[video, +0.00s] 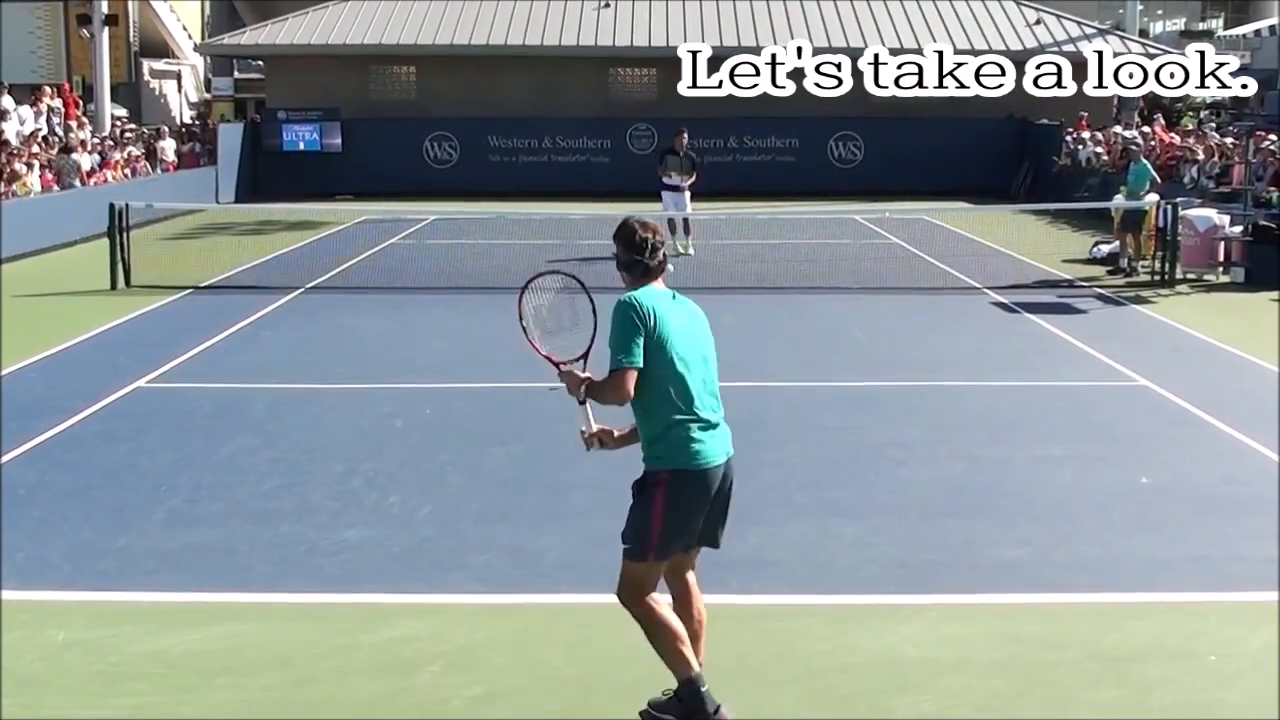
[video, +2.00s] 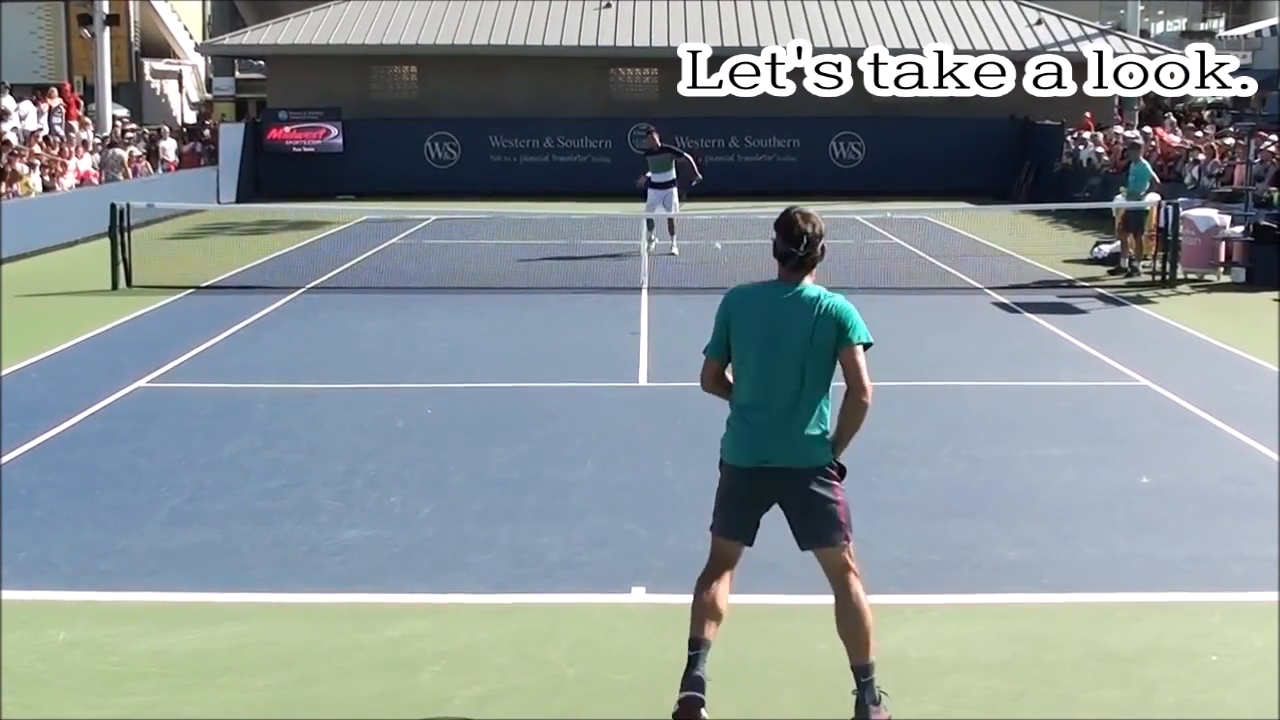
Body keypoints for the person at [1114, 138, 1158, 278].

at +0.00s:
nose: (1130, 154)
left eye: (1133, 151)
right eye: (1129, 151)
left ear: (1139, 151)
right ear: (1129, 152)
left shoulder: (1145, 165)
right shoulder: (1132, 165)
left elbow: (1157, 181)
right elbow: (1133, 181)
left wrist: (1146, 193)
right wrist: (1126, 190)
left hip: (1140, 205)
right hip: (1129, 203)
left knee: (1136, 235)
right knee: (1121, 233)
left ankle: (1136, 265)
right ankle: (1122, 264)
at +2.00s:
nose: (1129, 154)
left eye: (1132, 151)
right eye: (1129, 151)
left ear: (1138, 152)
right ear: (1130, 152)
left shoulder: (1145, 166)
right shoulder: (1132, 165)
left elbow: (1156, 182)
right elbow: (1134, 182)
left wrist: (1144, 193)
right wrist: (1126, 191)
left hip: (1140, 206)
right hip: (1129, 204)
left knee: (1138, 236)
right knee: (1123, 234)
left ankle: (1137, 265)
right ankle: (1123, 263)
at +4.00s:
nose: (1122, 153)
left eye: (1125, 150)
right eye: (1122, 150)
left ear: (1132, 151)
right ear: (1123, 151)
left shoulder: (1138, 165)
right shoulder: (1126, 165)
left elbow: (1148, 181)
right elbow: (1125, 181)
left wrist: (1137, 193)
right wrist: (1119, 189)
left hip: (1134, 205)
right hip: (1123, 203)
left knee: (1131, 234)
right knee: (1117, 232)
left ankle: (1132, 265)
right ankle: (1118, 263)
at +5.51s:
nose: (1131, 136)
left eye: (1133, 133)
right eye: (1130, 133)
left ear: (1140, 133)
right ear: (1129, 135)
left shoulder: (1144, 147)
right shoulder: (1133, 147)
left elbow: (1157, 164)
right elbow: (1133, 165)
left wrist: (1145, 176)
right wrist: (1127, 172)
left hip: (1140, 187)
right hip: (1130, 186)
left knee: (1137, 218)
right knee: (1122, 215)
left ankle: (1136, 248)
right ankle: (1124, 246)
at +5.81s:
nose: (1133, 133)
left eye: (1136, 130)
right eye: (1133, 130)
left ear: (1143, 130)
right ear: (1133, 132)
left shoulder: (1148, 143)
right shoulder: (1137, 144)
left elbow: (1159, 160)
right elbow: (1138, 161)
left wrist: (1148, 172)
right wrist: (1130, 169)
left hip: (1143, 183)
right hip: (1133, 182)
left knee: (1140, 214)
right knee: (1127, 213)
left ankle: (1140, 245)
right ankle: (1128, 243)